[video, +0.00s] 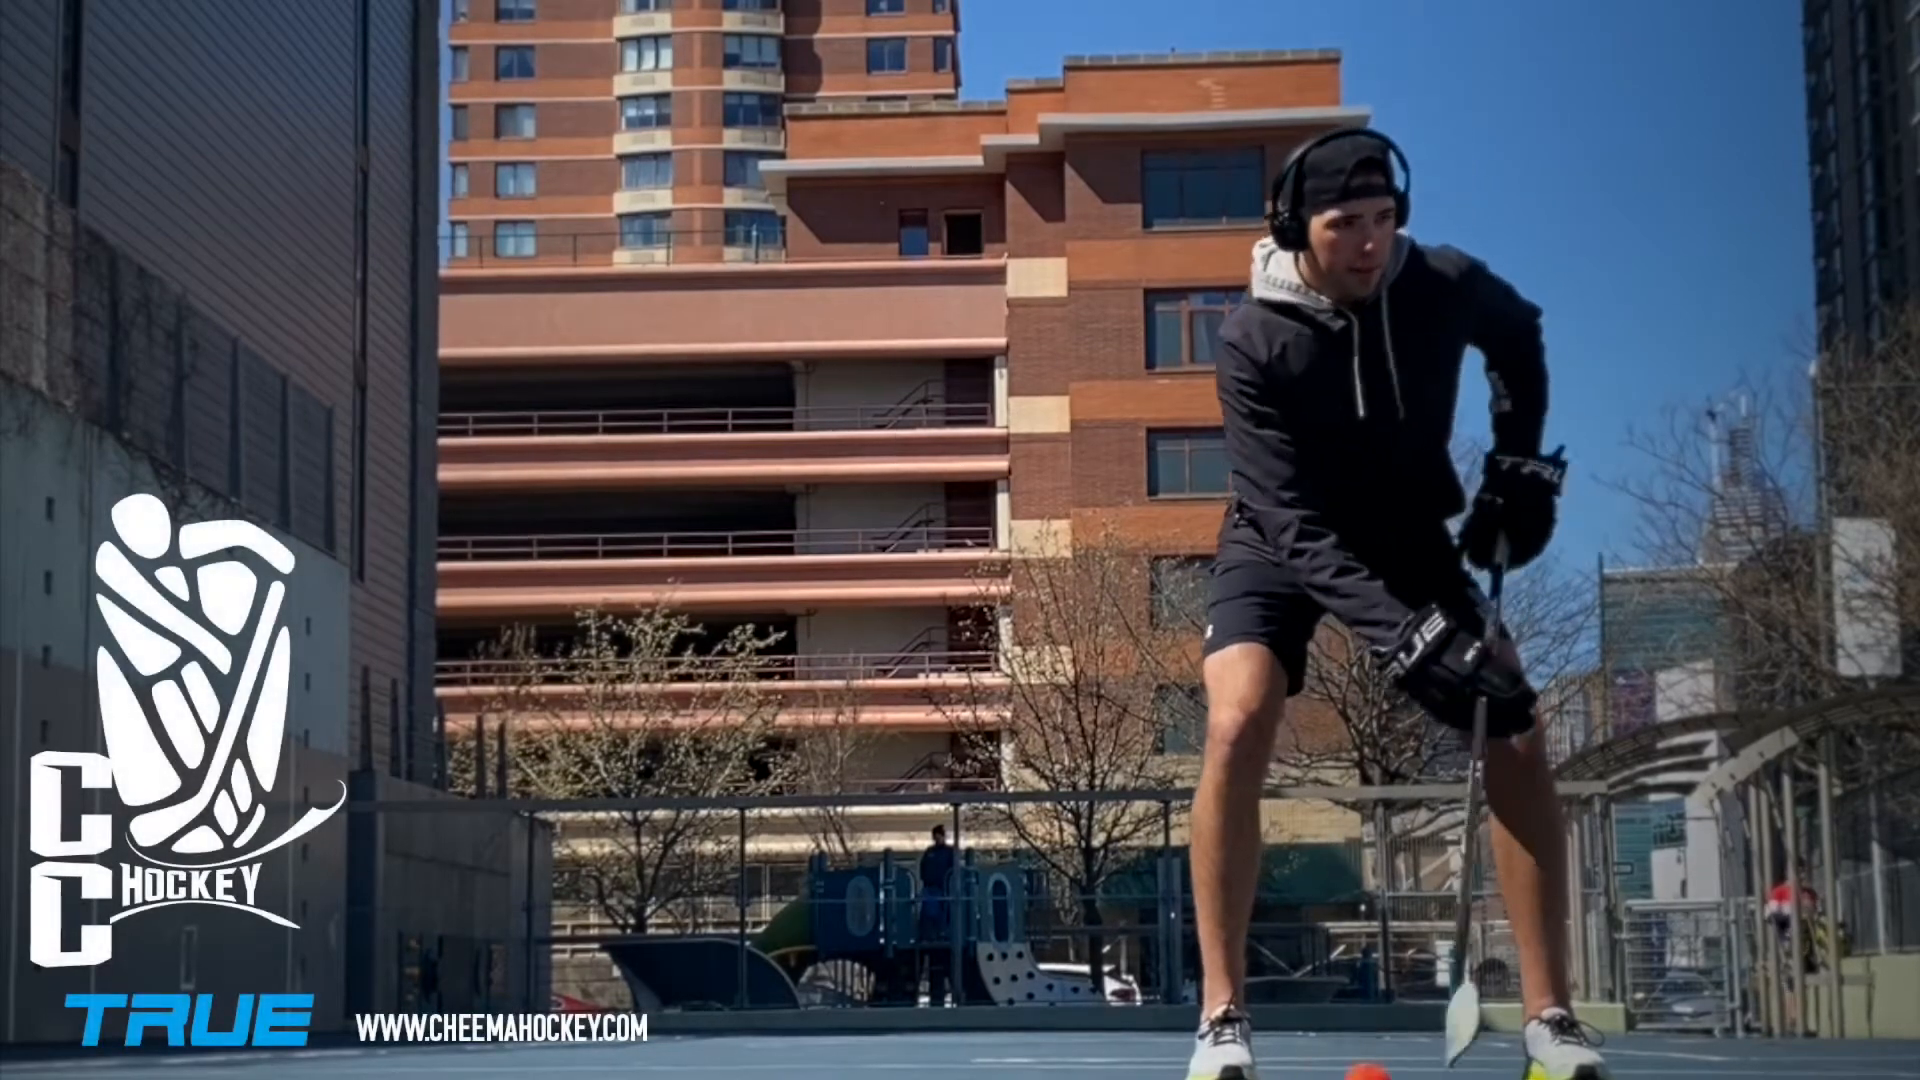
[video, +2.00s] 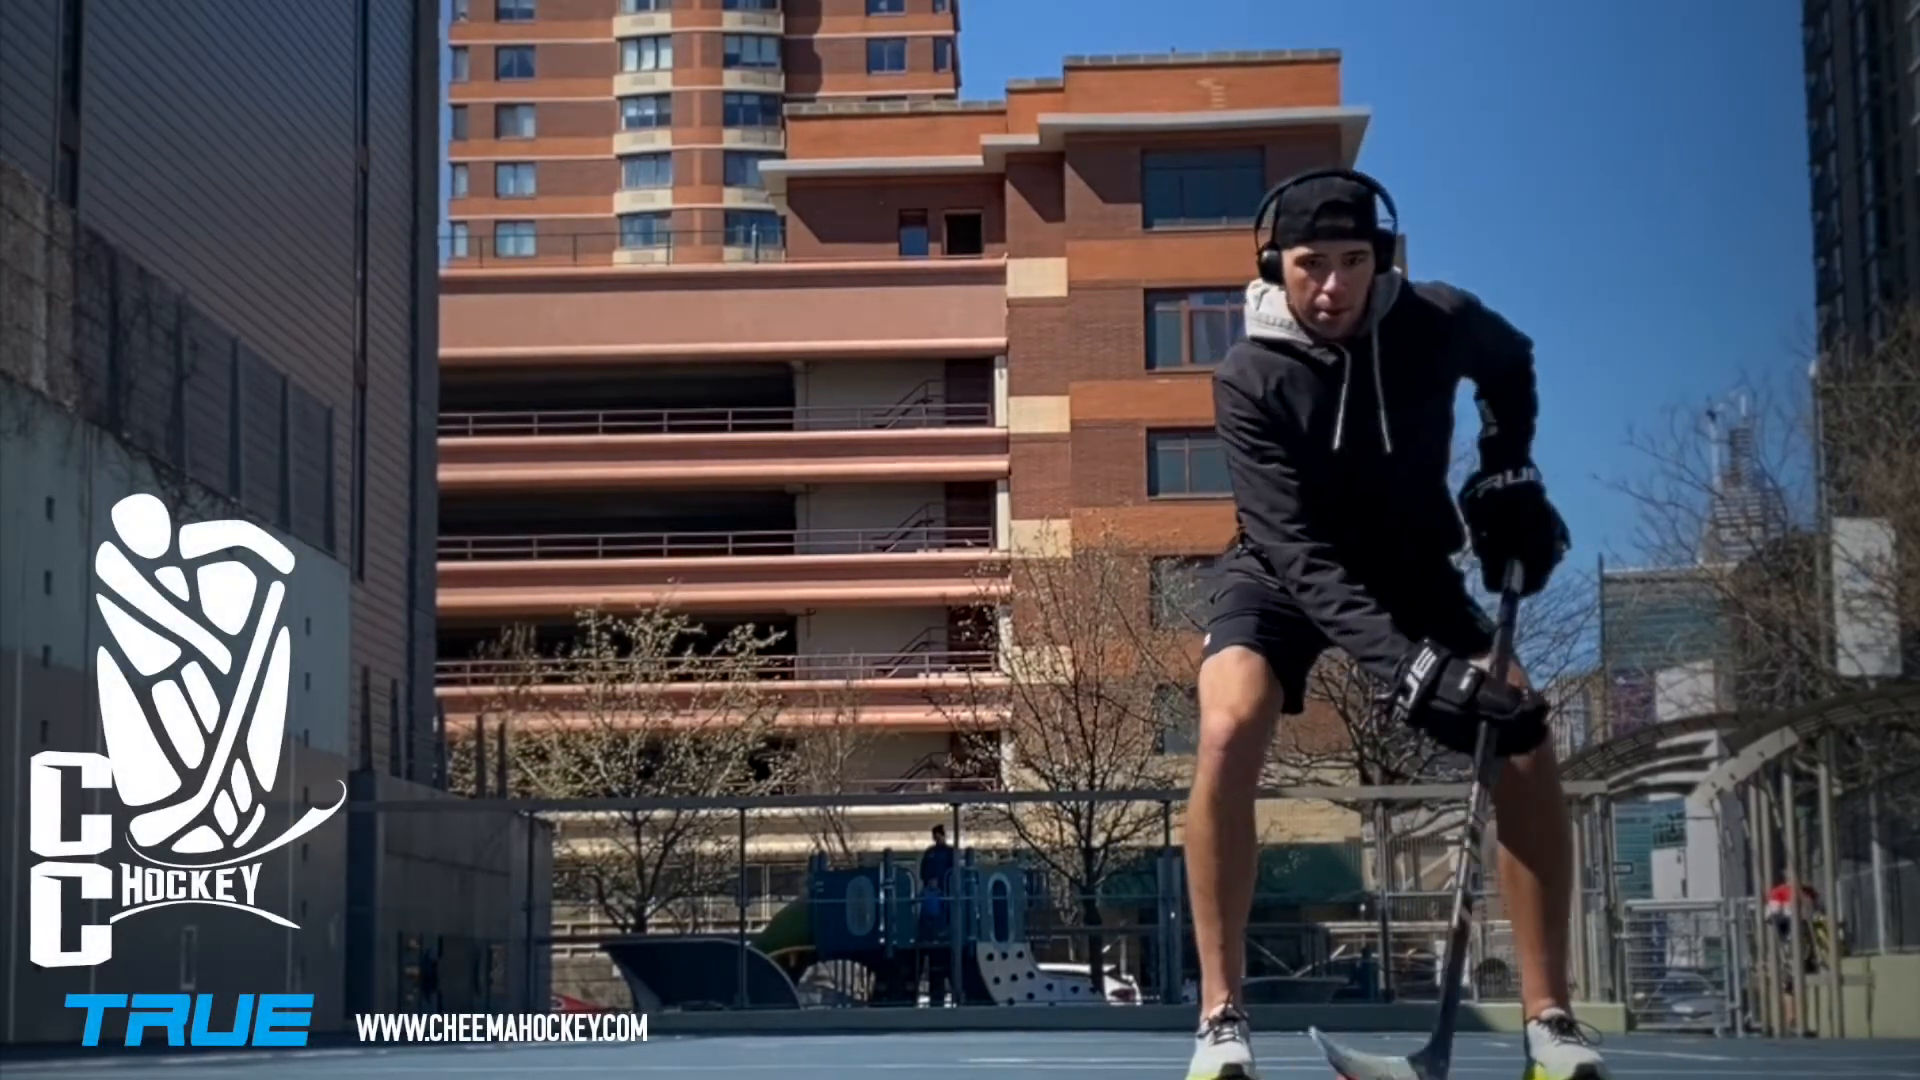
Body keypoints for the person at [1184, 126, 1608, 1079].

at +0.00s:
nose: (1371, 243)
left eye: (1384, 221)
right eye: (1347, 225)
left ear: (1401, 217)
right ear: (1297, 227)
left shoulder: (1440, 283)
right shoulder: (1257, 338)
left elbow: (1518, 334)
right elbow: (1292, 524)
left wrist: (1519, 465)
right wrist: (1414, 636)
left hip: (1411, 533)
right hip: (1280, 538)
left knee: (1515, 731)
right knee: (1238, 724)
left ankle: (1550, 1014)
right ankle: (1222, 1014)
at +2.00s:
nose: (1330, 286)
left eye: (1349, 264)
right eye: (1310, 266)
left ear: (1379, 262)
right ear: (1278, 265)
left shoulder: (1432, 319)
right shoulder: (1253, 376)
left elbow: (1509, 362)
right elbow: (1294, 553)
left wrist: (1506, 474)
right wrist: (1411, 670)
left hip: (1412, 564)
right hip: (1284, 570)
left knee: (1523, 742)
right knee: (1230, 726)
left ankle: (1549, 1016)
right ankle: (1219, 1015)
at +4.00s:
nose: (1336, 252)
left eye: (1357, 231)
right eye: (1316, 232)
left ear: (1394, 229)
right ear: (1288, 235)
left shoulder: (1448, 285)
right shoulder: (1265, 339)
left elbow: (1524, 337)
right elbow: (1305, 521)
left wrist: (1523, 456)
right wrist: (1411, 650)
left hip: (1418, 533)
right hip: (1286, 538)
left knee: (1523, 730)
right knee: (1238, 725)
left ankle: (1551, 1015)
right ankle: (1220, 1014)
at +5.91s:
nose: (1453, 248)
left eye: (1462, 226)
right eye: (1430, 229)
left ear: (1473, 227)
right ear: (1376, 235)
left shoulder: (1491, 298)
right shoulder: (1314, 345)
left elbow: (1540, 348)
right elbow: (1349, 540)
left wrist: (1550, 467)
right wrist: (1499, 661)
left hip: (1431, 545)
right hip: (1305, 541)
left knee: (1539, 750)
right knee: (1260, 732)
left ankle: (1554, 1020)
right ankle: (1223, 1014)